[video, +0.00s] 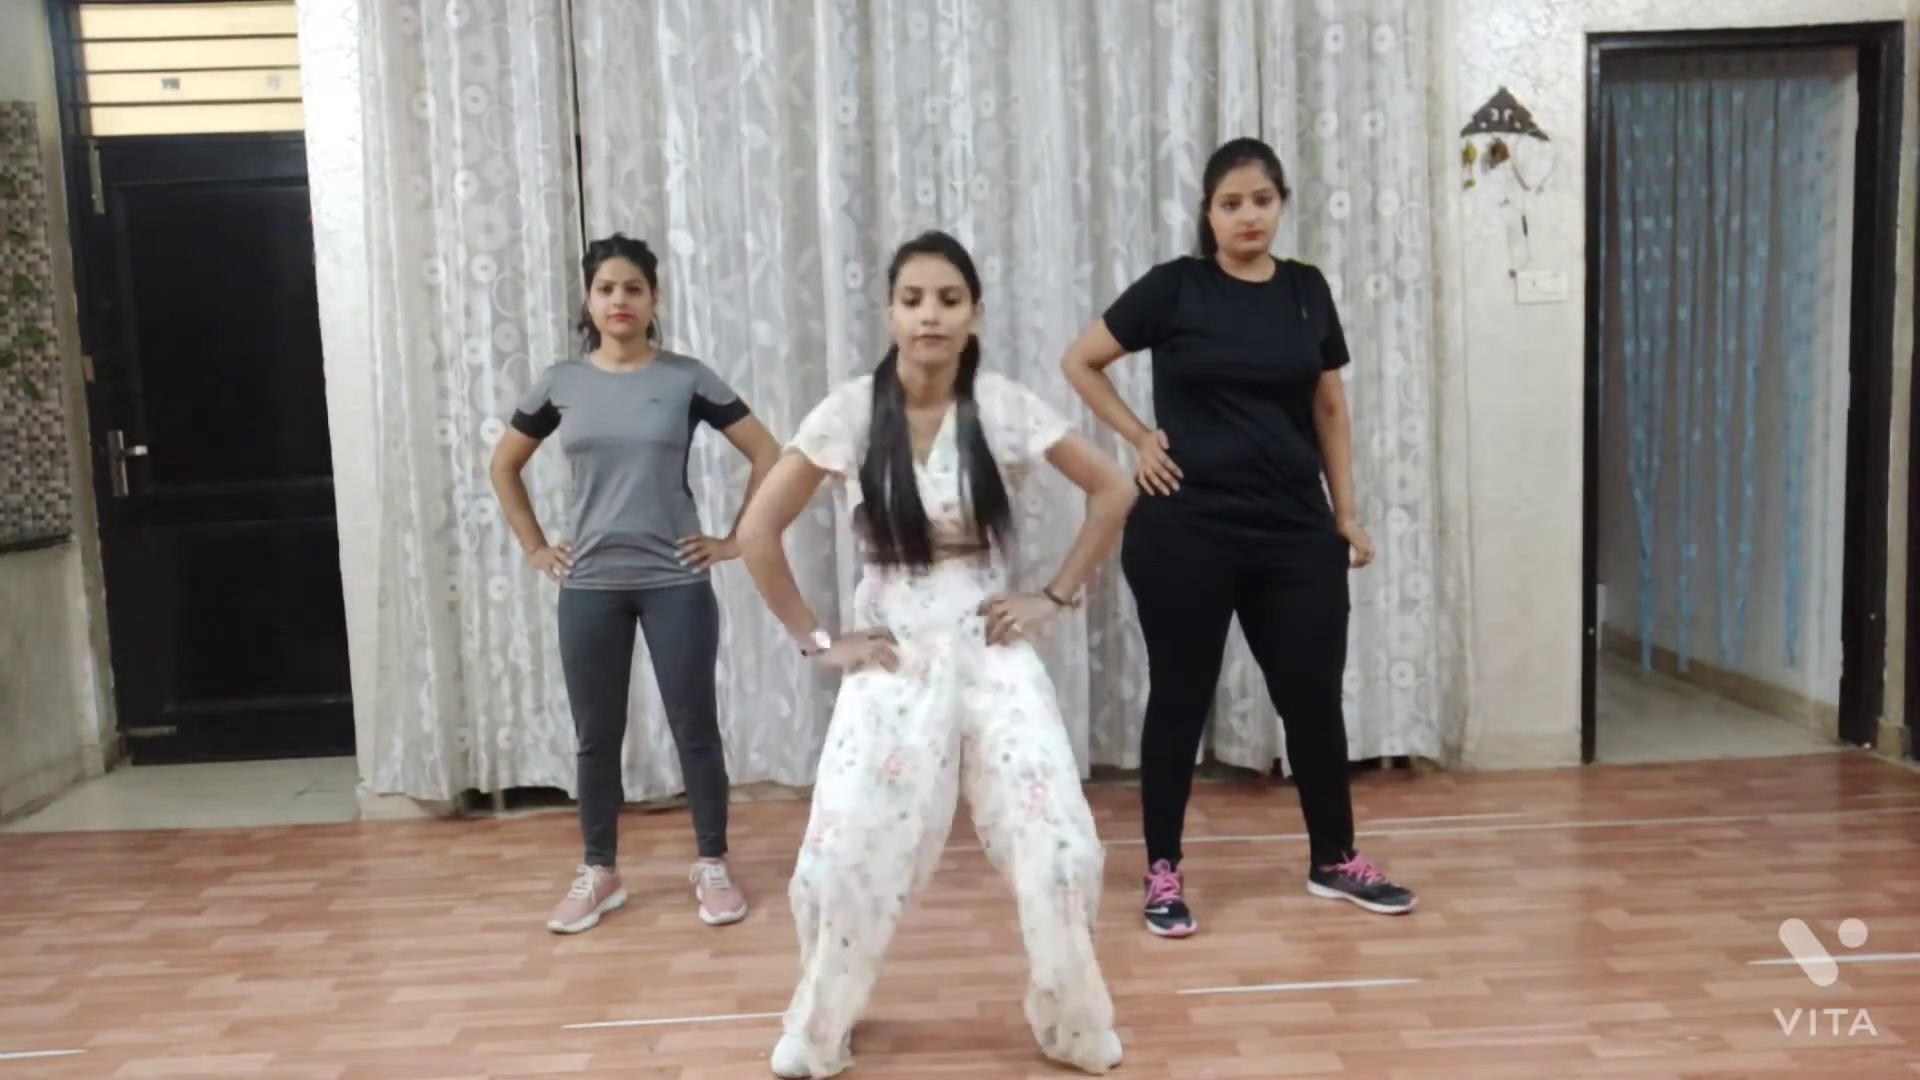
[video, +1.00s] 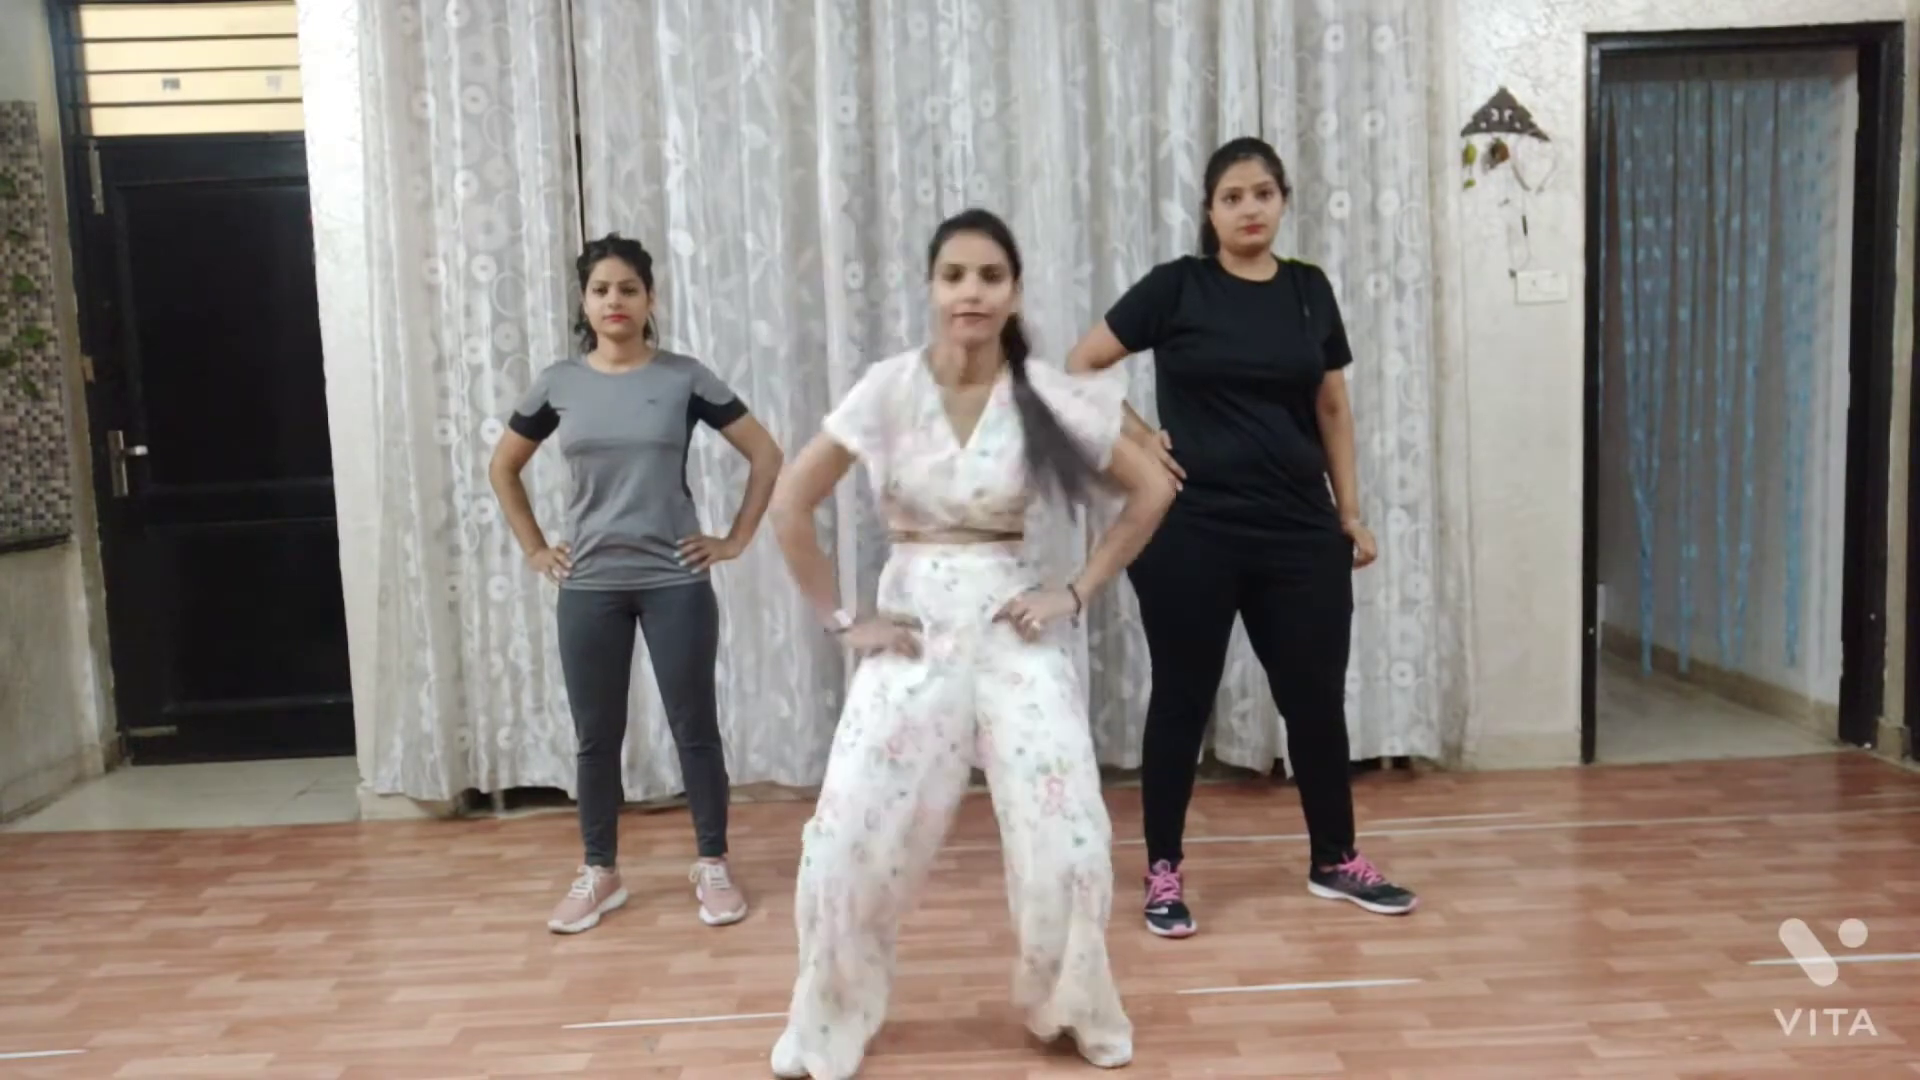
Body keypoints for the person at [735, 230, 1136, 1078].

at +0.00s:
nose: (929, 317)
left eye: (948, 301)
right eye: (912, 300)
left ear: (974, 314)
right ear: (890, 313)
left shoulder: (1004, 405)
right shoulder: (850, 413)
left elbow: (1115, 489)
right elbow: (755, 535)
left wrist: (1055, 597)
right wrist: (818, 642)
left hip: (997, 656)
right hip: (888, 664)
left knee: (1061, 846)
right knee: (838, 856)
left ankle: (1075, 1027)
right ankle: (816, 1036)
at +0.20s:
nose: (865, 264)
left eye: (884, 249)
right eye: (849, 245)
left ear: (910, 266)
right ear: (823, 257)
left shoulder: (948, 359)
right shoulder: (780, 379)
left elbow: (1059, 426)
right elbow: (734, 505)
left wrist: (1061, 534)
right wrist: (809, 599)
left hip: (995, 589)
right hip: (893, 612)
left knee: (1040, 792)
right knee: (852, 813)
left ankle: (1074, 1004)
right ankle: (820, 1023)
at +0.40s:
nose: (851, 259)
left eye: (869, 242)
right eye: (832, 242)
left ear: (896, 256)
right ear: (808, 258)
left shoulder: (944, 352)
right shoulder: (781, 383)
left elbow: (1062, 424)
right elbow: (725, 510)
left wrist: (1052, 546)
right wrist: (812, 596)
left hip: (988, 587)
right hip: (881, 609)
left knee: (1057, 811)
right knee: (830, 827)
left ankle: (1080, 997)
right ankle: (827, 1006)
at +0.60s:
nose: (925, 281)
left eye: (943, 263)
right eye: (905, 265)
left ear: (970, 276)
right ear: (881, 283)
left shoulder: (1014, 378)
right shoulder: (848, 393)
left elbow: (1107, 481)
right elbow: (755, 505)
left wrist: (1067, 599)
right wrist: (813, 613)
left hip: (995, 636)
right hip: (882, 638)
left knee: (1057, 834)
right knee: (823, 829)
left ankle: (1081, 1003)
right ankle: (814, 1013)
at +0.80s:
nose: (990, 248)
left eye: (1007, 230)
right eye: (971, 233)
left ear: (1035, 241)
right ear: (948, 249)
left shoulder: (1071, 341)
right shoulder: (908, 349)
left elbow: (1141, 439)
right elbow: (802, 435)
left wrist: (1083, 550)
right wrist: (811, 555)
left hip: (999, 600)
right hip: (898, 591)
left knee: (1042, 804)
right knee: (848, 793)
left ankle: (1083, 1001)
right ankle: (815, 1009)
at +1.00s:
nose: (971, 293)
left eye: (990, 276)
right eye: (953, 276)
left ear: (1015, 291)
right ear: (930, 290)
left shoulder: (1048, 398)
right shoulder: (889, 390)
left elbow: (1155, 491)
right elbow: (788, 508)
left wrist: (1074, 592)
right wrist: (842, 620)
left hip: (1020, 636)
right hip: (904, 638)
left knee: (1069, 839)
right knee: (844, 834)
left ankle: (1078, 1011)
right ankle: (823, 1033)